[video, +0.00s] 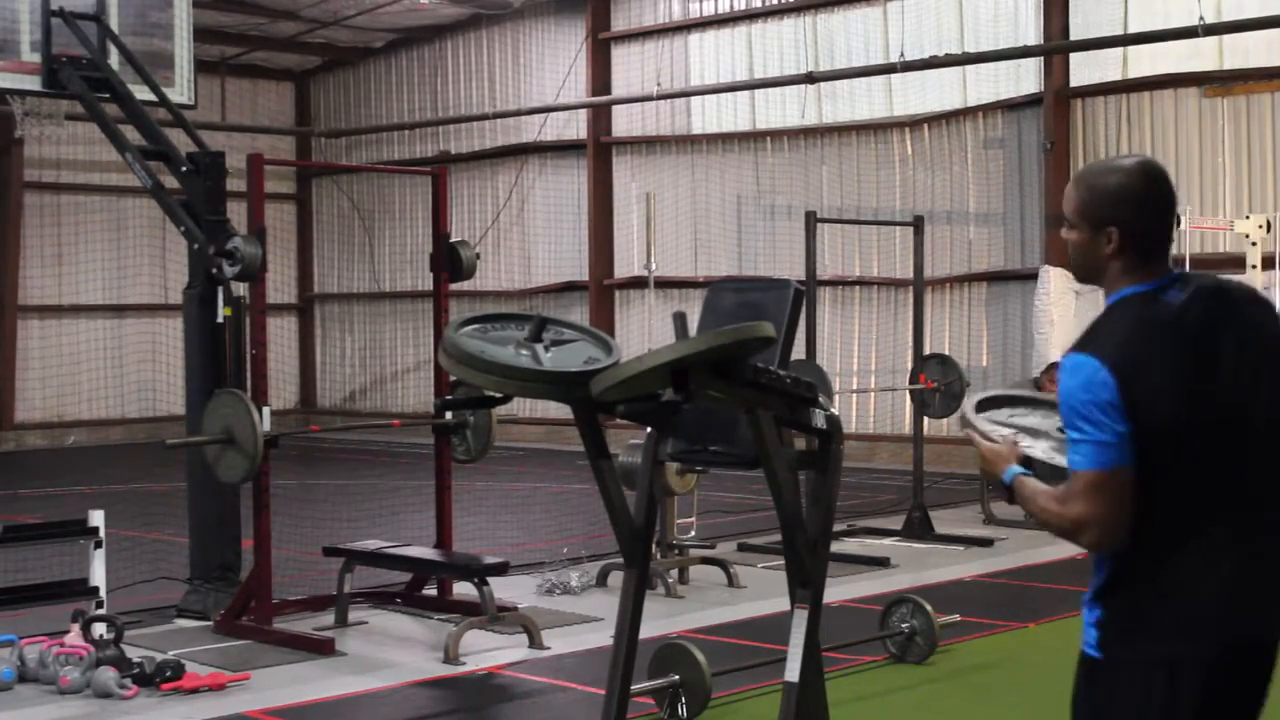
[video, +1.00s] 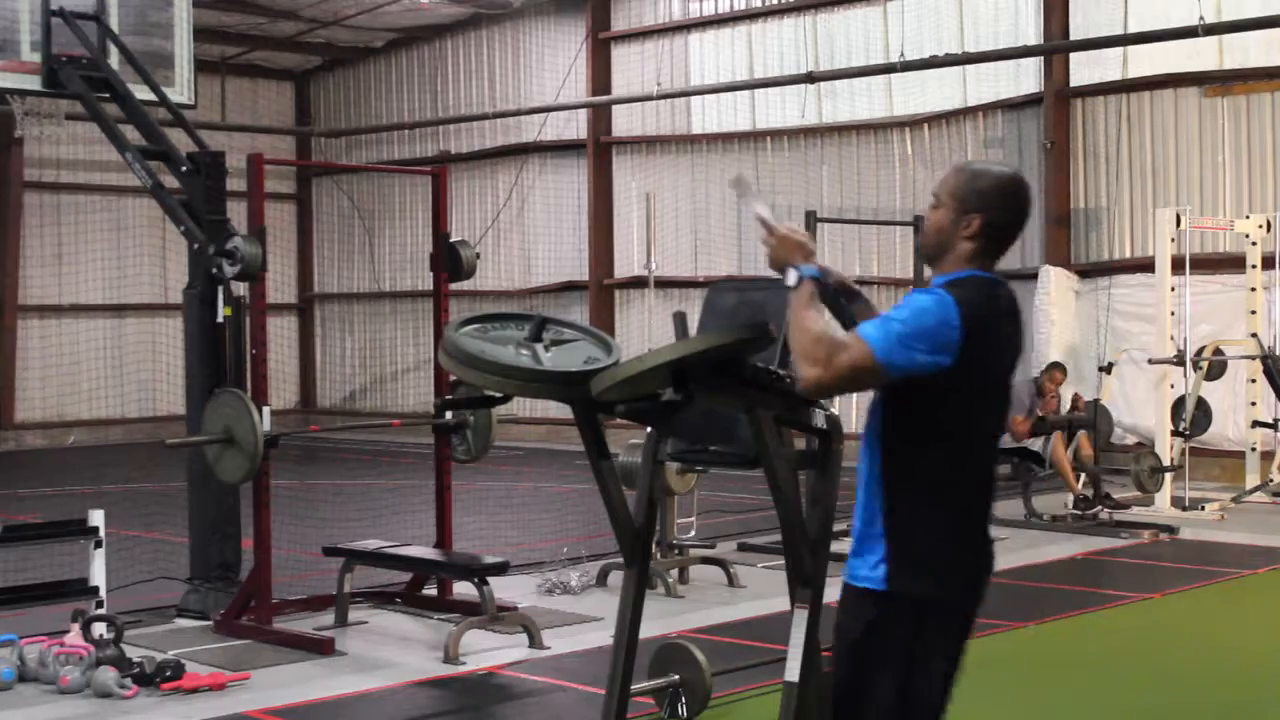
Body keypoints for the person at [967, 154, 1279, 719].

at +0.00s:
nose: (1059, 237)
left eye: (1068, 225)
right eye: (1062, 223)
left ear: (1111, 240)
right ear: (1166, 229)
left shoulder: (1096, 362)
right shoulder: (1251, 311)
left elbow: (1098, 523)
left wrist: (1010, 475)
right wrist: (1095, 387)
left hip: (1142, 637)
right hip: (1248, 620)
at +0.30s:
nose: (1055, 220)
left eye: (1066, 210)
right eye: (1060, 208)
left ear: (1109, 227)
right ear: (1124, 229)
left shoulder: (1091, 333)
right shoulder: (1192, 324)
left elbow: (1075, 478)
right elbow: (1176, 465)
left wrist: (978, 432)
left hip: (1075, 622)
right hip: (1169, 616)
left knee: (1009, 708)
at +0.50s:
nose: (1026, 212)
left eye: (1040, 202)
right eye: (1032, 199)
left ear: (1082, 221)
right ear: (1086, 223)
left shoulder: (1064, 315)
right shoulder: (1126, 308)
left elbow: (1025, 448)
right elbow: (1099, 446)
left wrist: (945, 387)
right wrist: (997, 400)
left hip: (1037, 599)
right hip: (1117, 588)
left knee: (958, 709)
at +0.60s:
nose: (1003, 216)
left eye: (1017, 206)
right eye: (1010, 203)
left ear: (1058, 224)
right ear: (1062, 227)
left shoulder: (1039, 314)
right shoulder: (1094, 307)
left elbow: (986, 438)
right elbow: (1049, 429)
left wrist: (916, 364)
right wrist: (965, 379)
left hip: (1013, 603)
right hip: (1085, 591)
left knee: (962, 709)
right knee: (1089, 709)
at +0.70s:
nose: (981, 222)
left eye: (995, 212)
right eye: (987, 210)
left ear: (1034, 232)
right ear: (1039, 236)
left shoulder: (1013, 316)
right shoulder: (1064, 311)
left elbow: (926, 422)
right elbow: (1012, 423)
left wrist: (885, 337)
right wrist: (935, 360)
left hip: (972, 604)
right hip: (1041, 594)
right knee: (1037, 709)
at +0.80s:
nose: (957, 224)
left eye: (972, 214)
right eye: (964, 212)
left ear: (1009, 235)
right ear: (1015, 239)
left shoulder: (982, 318)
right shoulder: (1041, 315)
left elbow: (873, 400)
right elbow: (960, 394)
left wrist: (851, 307)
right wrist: (890, 327)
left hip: (932, 604)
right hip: (1004, 597)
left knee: (901, 708)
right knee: (991, 710)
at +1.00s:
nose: (922, 215)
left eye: (935, 205)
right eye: (930, 202)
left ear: (971, 227)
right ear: (977, 231)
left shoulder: (947, 309)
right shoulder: (992, 304)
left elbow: (820, 366)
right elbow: (903, 359)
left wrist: (799, 272)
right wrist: (845, 296)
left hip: (900, 575)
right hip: (946, 566)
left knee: (869, 706)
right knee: (910, 707)